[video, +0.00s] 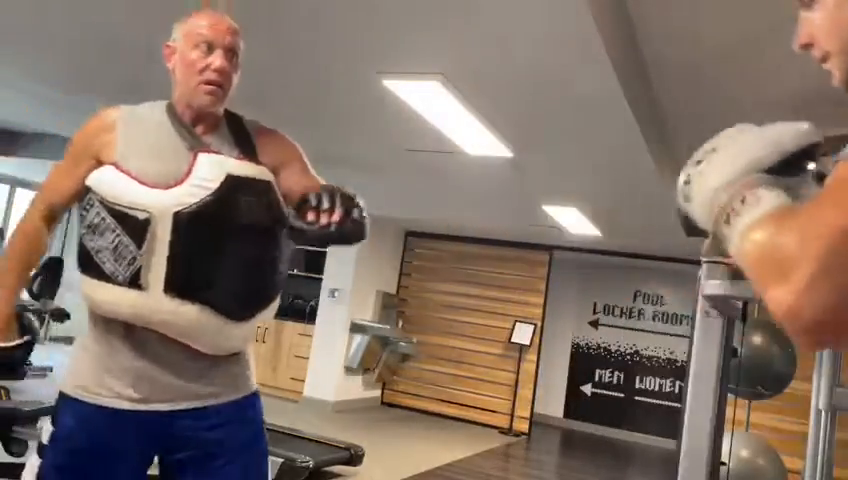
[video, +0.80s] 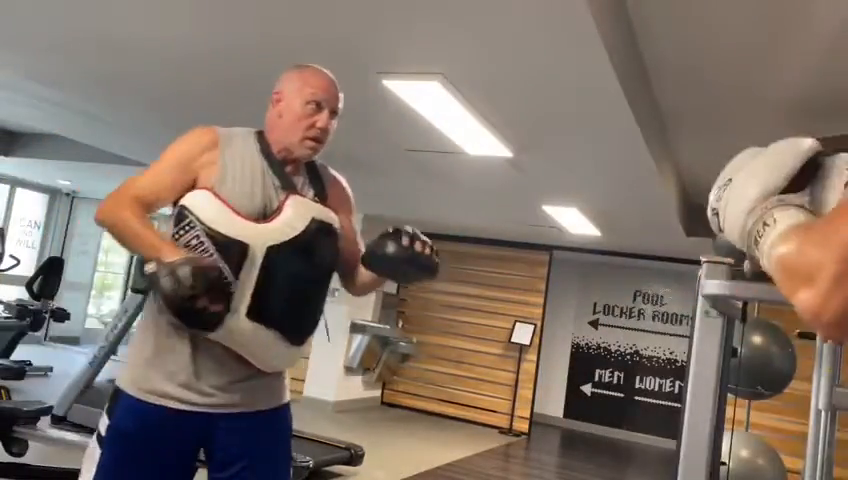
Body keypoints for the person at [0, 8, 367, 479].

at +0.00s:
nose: (218, 64)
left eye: (231, 54)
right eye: (204, 47)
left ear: (240, 69)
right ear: (171, 56)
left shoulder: (271, 149)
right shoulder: (111, 130)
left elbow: (333, 219)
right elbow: (41, 217)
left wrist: (332, 212)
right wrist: (4, 312)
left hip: (220, 399)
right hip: (105, 393)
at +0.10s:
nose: (264, 85)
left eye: (274, 76)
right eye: (251, 68)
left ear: (281, 90)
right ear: (214, 70)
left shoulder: (303, 164)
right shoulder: (149, 139)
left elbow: (384, 231)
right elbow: (73, 215)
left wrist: (352, 215)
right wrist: (33, 312)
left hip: (239, 408)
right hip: (129, 399)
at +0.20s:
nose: (312, 106)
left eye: (322, 96)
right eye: (300, 89)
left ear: (328, 108)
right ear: (263, 86)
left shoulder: (336, 179)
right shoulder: (194, 143)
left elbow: (398, 253)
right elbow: (111, 212)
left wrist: (348, 245)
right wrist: (71, 306)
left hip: (261, 412)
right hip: (157, 400)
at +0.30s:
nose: (346, 122)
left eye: (356, 113)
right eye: (335, 104)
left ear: (360, 122)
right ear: (299, 99)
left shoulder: (358, 191)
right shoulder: (228, 144)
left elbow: (394, 280)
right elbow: (134, 205)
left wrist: (354, 274)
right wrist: (122, 304)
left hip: (274, 403)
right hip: (176, 389)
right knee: (137, 472)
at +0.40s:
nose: (362, 131)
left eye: (372, 123)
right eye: (352, 113)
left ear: (377, 131)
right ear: (318, 105)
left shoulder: (372, 196)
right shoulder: (248, 144)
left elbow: (395, 285)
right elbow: (150, 198)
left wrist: (360, 286)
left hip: (278, 400)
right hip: (184, 383)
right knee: (137, 474)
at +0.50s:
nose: (367, 130)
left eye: (375, 122)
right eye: (357, 113)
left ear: (380, 131)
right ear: (322, 106)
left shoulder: (373, 196)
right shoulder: (253, 144)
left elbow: (397, 283)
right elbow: (165, 194)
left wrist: (352, 288)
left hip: (277, 399)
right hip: (183, 380)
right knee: (132, 474)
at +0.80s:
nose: (325, 123)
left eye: (333, 114)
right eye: (314, 106)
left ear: (338, 124)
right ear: (276, 103)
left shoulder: (333, 190)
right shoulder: (208, 147)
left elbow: (356, 281)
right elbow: (117, 208)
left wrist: (389, 264)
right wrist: (172, 258)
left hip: (257, 406)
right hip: (159, 397)